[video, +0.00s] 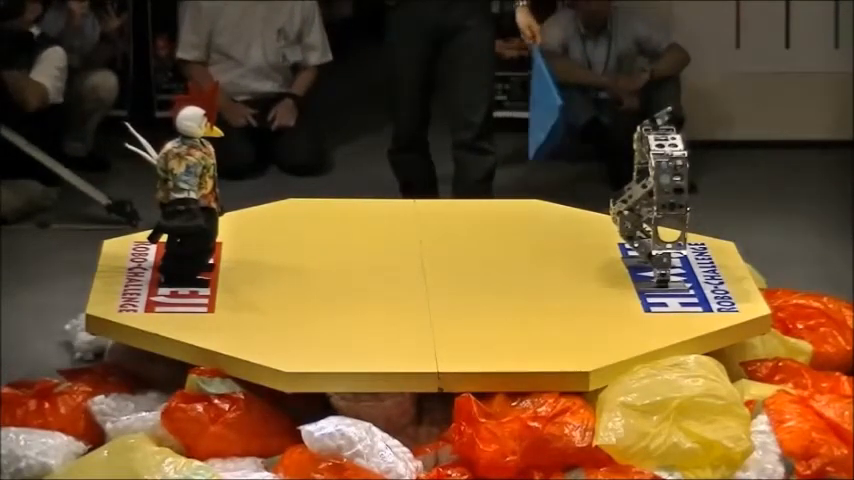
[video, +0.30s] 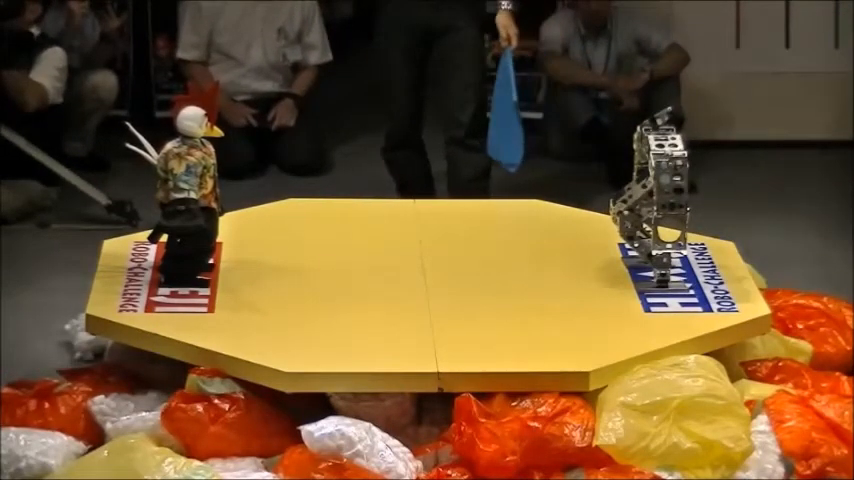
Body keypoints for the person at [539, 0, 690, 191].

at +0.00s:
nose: (596, 11)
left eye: (602, 5)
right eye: (589, 5)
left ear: (611, 5)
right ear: (576, 6)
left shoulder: (627, 24)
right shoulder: (561, 24)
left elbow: (679, 56)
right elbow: (548, 64)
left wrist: (645, 76)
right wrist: (610, 83)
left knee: (666, 83)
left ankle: (669, 169)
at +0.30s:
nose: (595, 9)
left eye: (602, 3)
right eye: (588, 3)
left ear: (611, 5)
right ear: (575, 5)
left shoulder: (625, 25)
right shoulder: (557, 26)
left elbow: (679, 56)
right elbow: (554, 67)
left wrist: (644, 76)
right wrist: (613, 84)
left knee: (666, 81)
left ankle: (668, 165)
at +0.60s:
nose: (596, 7)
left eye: (602, 2)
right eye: (589, 2)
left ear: (611, 4)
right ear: (575, 5)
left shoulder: (625, 25)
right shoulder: (557, 26)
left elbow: (679, 56)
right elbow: (554, 66)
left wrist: (644, 76)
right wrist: (612, 84)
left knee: (667, 82)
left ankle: (668, 167)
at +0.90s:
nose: (595, 7)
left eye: (601, 2)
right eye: (588, 2)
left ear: (610, 4)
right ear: (575, 5)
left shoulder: (626, 24)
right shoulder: (557, 26)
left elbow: (679, 56)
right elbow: (555, 67)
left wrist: (644, 76)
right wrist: (612, 84)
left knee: (667, 82)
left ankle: (668, 167)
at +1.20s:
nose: (595, 7)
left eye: (601, 1)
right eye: (587, 2)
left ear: (610, 4)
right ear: (575, 5)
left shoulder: (626, 24)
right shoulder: (558, 25)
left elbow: (679, 56)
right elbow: (554, 66)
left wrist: (644, 76)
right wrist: (612, 84)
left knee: (666, 82)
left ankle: (668, 168)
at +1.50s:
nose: (595, 8)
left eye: (601, 2)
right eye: (587, 2)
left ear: (610, 4)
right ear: (574, 5)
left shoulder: (626, 24)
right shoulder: (558, 25)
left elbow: (679, 56)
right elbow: (553, 67)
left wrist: (643, 77)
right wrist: (610, 83)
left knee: (667, 81)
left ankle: (669, 167)